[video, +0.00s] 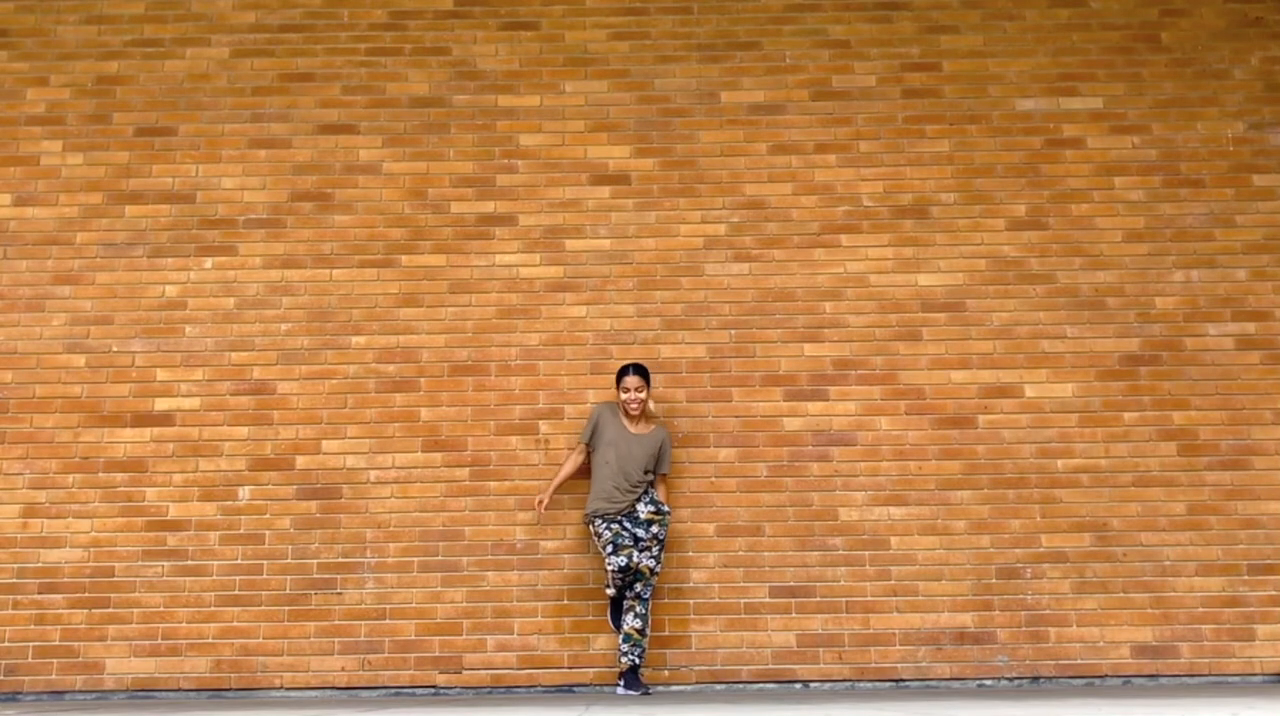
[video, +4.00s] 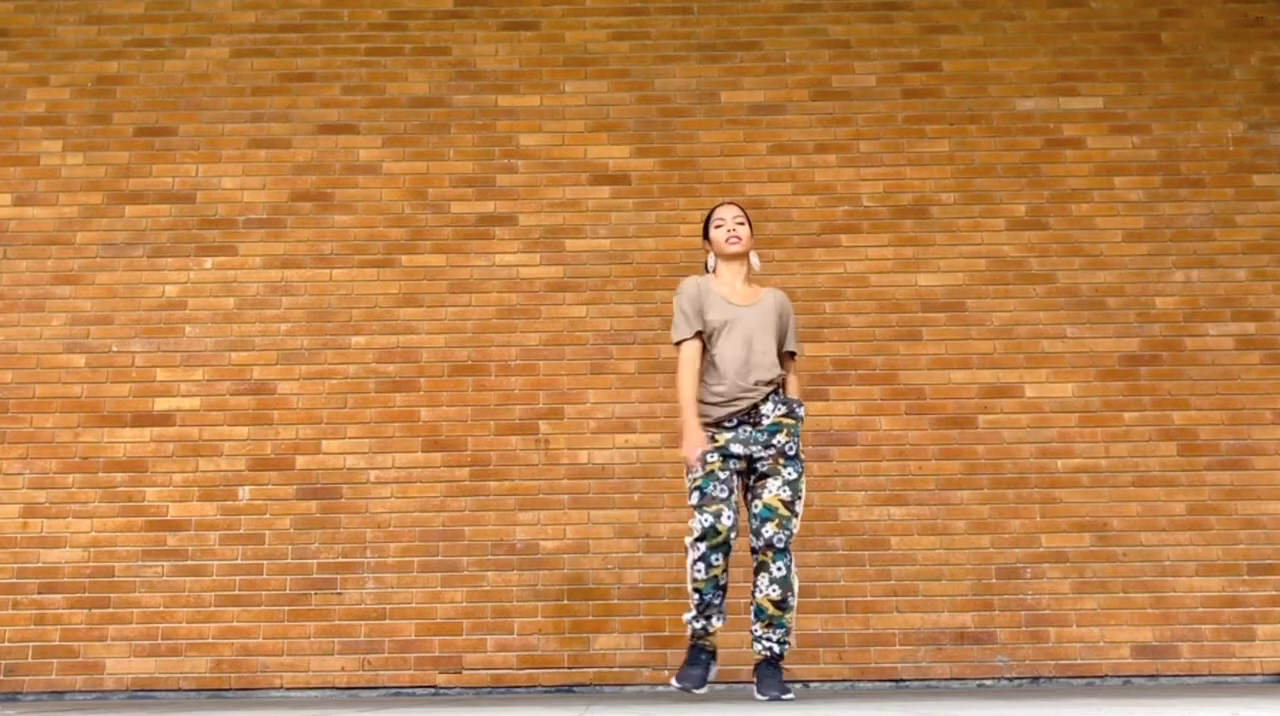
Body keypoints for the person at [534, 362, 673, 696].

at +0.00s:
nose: (634, 396)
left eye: (639, 390)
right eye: (627, 390)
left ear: (649, 391)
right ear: (618, 392)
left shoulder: (659, 435)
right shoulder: (603, 414)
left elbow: (659, 480)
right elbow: (579, 454)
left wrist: (663, 511)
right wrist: (550, 490)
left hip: (645, 512)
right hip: (606, 511)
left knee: (641, 587)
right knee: (625, 563)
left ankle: (630, 670)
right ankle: (617, 596)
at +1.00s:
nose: (638, 390)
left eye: (644, 383)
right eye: (631, 383)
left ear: (652, 387)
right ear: (620, 386)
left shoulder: (656, 427)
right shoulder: (601, 416)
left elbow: (661, 473)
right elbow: (607, 454)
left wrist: (665, 506)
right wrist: (631, 474)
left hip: (649, 516)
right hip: (610, 516)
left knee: (643, 589)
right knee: (625, 582)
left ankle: (630, 671)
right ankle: (610, 630)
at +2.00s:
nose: (662, 358)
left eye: (669, 351)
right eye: (656, 353)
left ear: (682, 358)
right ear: (649, 360)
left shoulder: (707, 397)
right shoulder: (641, 405)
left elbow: (716, 451)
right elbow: (613, 454)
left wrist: (710, 497)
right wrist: (582, 500)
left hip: (690, 501)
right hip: (643, 503)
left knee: (698, 583)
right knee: (659, 581)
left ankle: (680, 654)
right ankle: (675, 667)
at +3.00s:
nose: (698, 292)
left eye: (707, 284)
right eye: (692, 289)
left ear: (729, 293)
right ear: (689, 304)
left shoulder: (758, 346)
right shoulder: (681, 348)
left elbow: (773, 407)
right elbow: (649, 400)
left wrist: (774, 453)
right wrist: (609, 446)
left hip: (757, 463)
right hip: (706, 465)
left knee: (753, 556)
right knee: (730, 549)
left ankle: (728, 660)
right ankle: (757, 655)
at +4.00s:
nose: (731, 228)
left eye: (739, 222)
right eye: (721, 224)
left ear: (753, 237)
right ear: (708, 242)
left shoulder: (776, 300)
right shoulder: (694, 290)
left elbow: (788, 370)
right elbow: (688, 363)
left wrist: (793, 423)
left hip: (775, 427)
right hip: (716, 428)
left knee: (773, 540)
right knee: (711, 534)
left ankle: (770, 661)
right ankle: (700, 648)